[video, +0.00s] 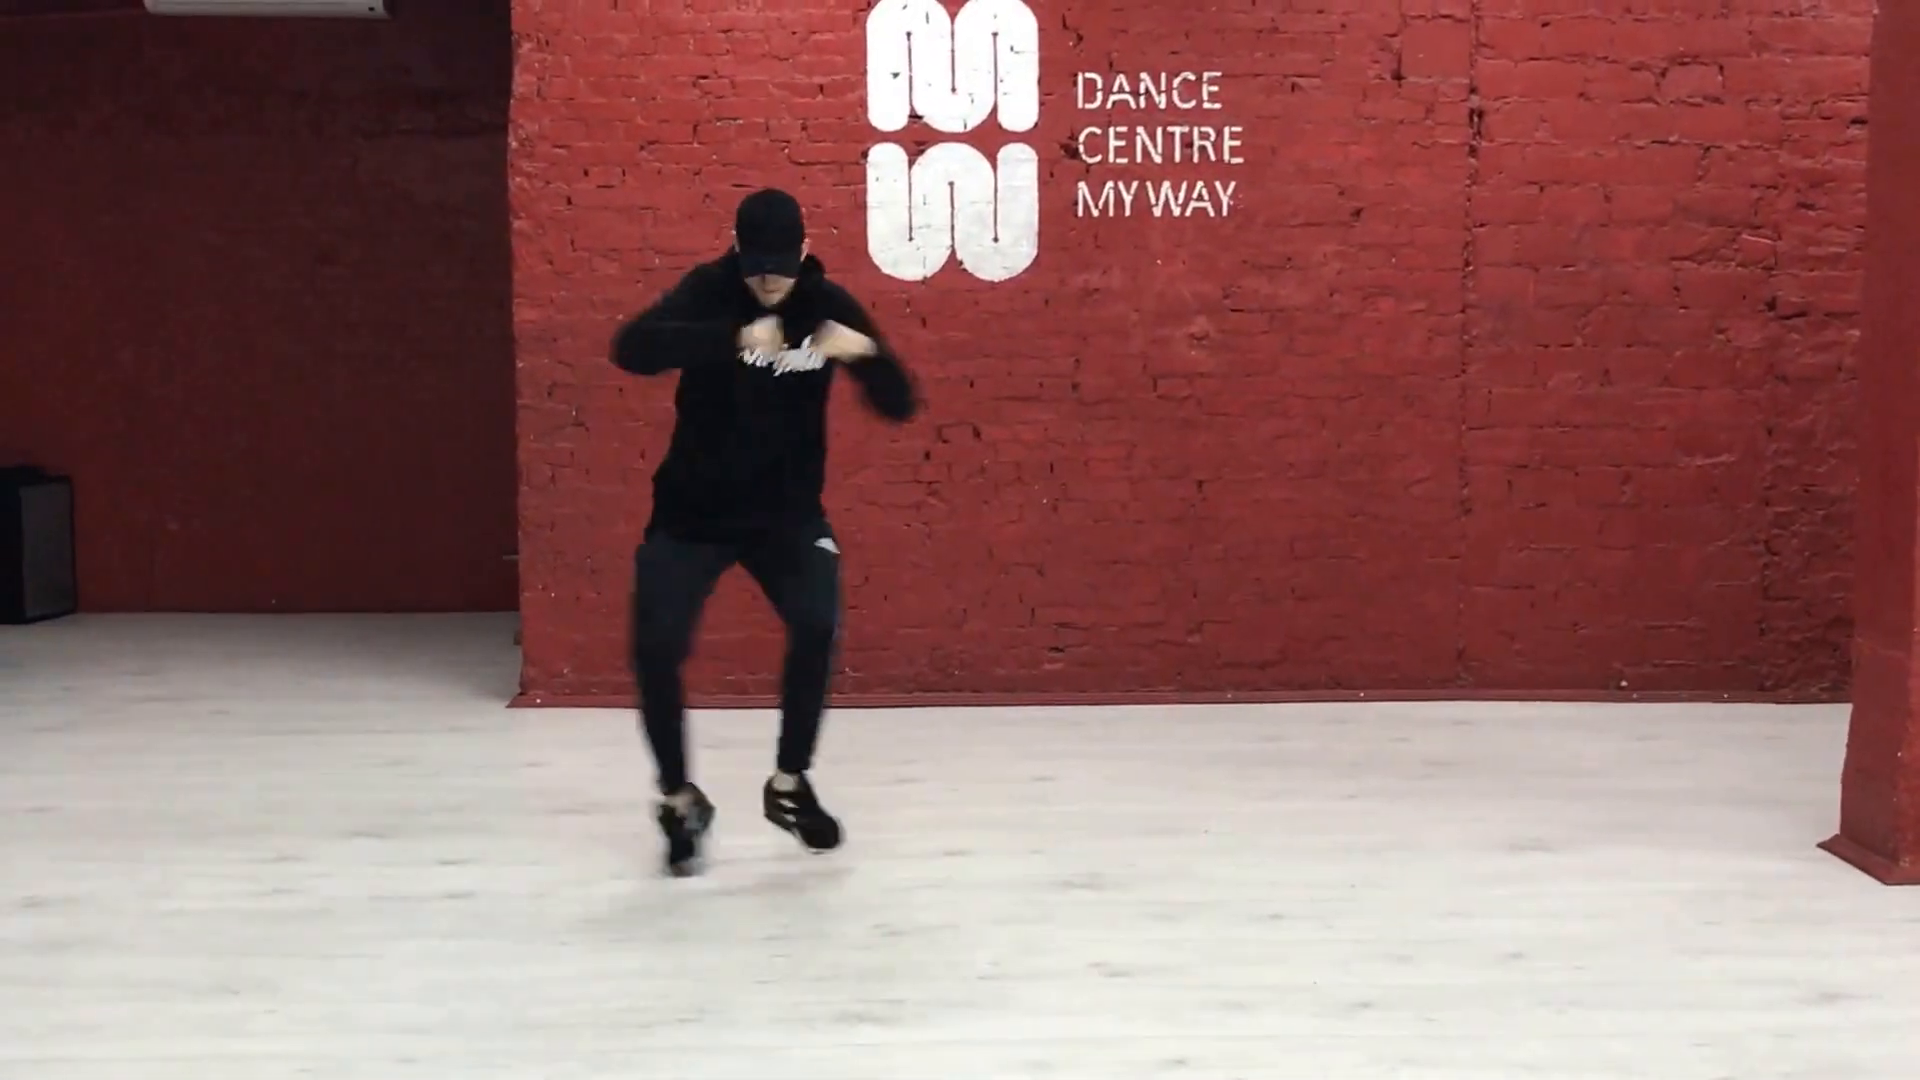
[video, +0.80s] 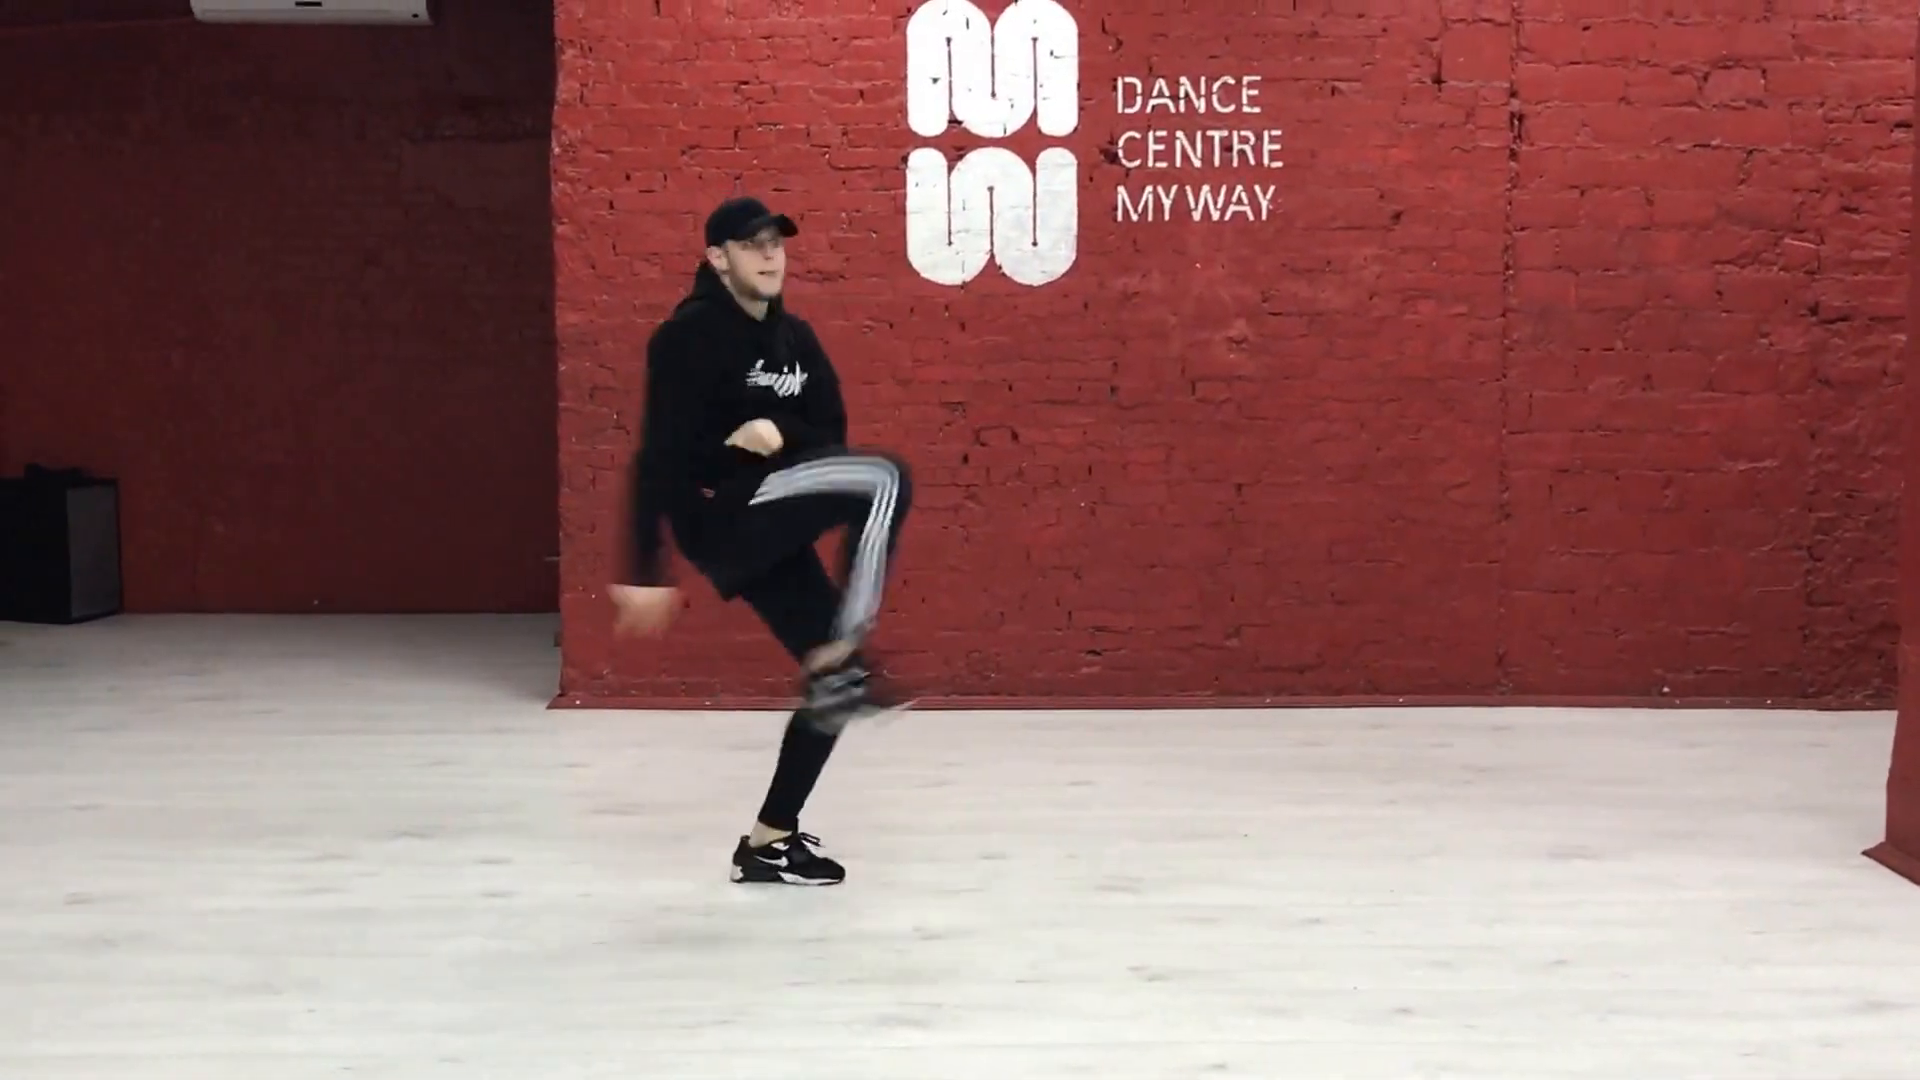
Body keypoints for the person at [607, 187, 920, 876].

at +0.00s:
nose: (770, 285)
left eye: (782, 273)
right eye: (758, 272)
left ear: (801, 261)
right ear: (740, 257)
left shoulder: (828, 305)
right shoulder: (710, 290)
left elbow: (899, 404)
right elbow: (633, 348)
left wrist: (864, 350)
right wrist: (734, 337)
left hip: (786, 512)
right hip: (694, 509)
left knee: (818, 626)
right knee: (654, 644)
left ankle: (789, 783)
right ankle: (678, 799)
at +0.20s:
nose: (785, 293)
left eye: (796, 280)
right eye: (773, 280)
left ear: (816, 266)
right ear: (755, 268)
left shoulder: (847, 315)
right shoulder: (719, 312)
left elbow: (901, 367)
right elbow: (607, 361)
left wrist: (936, 359)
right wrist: (645, 331)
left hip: (801, 529)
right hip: (715, 526)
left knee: (854, 669)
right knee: (682, 685)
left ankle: (813, 827)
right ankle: (563, 812)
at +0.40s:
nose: (771, 241)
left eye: (782, 225)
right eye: (755, 230)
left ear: (802, 231)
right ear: (736, 239)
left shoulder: (812, 303)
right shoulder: (723, 295)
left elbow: (847, 355)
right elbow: (779, 330)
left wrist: (903, 380)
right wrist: (869, 348)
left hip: (793, 518)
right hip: (713, 520)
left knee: (873, 640)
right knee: (760, 667)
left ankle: (829, 810)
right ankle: (699, 842)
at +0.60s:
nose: (724, 241)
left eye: (732, 225)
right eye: (708, 230)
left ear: (746, 224)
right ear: (680, 234)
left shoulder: (777, 293)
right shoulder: (673, 316)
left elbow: (840, 352)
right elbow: (692, 428)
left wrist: (890, 347)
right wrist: (778, 460)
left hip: (797, 498)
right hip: (746, 511)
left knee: (834, 648)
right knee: (877, 590)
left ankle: (768, 824)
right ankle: (811, 765)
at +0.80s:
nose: (773, 256)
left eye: (778, 244)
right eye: (756, 246)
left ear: (786, 251)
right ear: (719, 257)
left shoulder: (790, 331)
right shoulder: (685, 335)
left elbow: (831, 429)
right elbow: (658, 455)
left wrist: (782, 434)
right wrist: (644, 571)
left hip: (769, 516)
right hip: (715, 519)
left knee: (834, 672)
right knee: (883, 479)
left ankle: (771, 838)